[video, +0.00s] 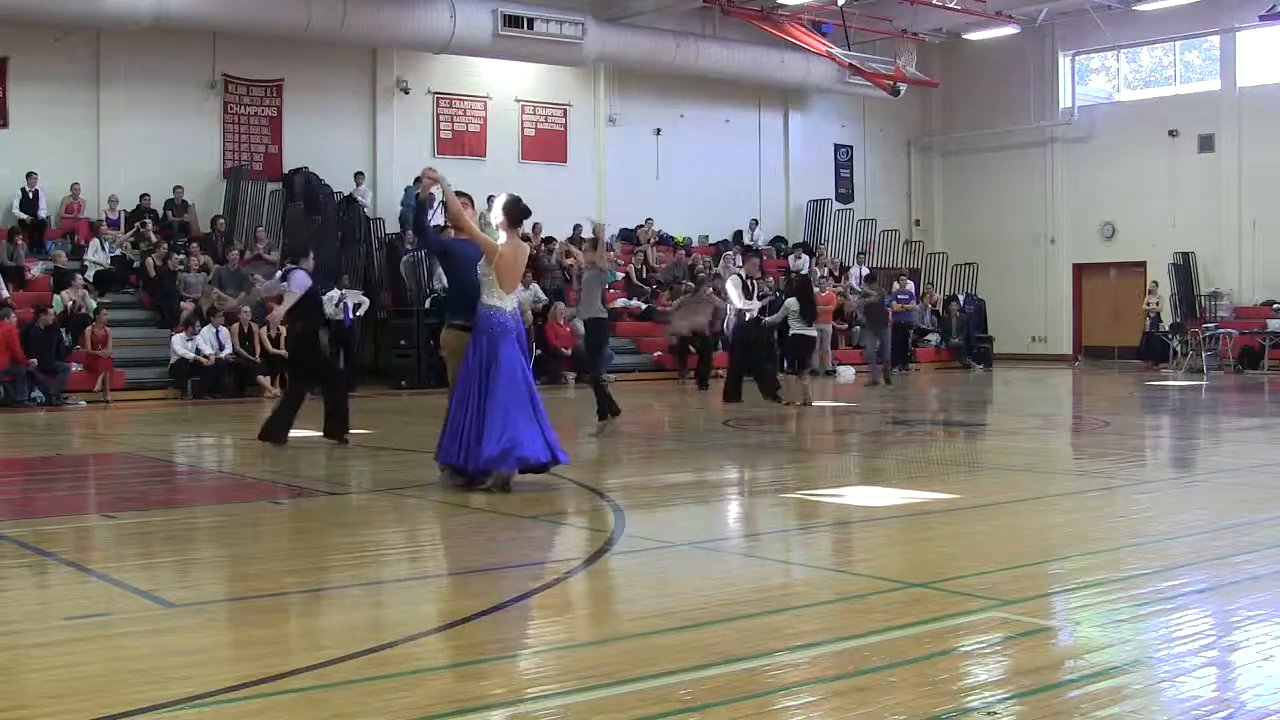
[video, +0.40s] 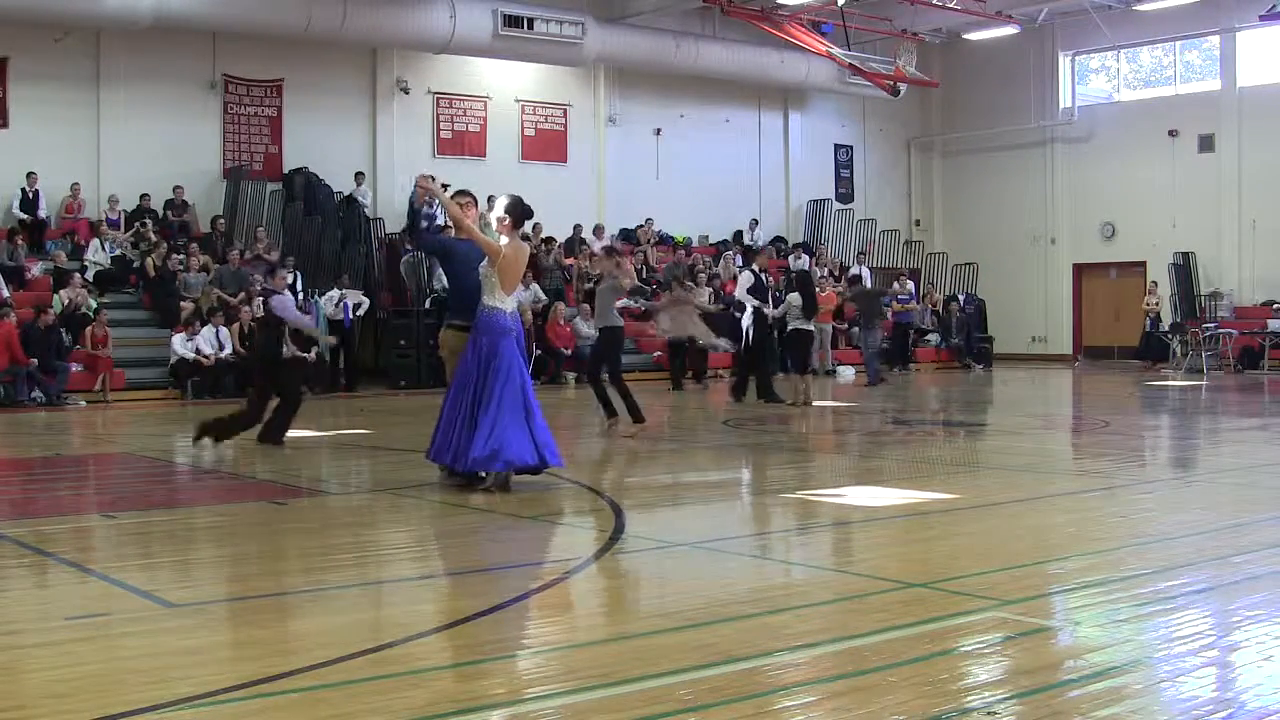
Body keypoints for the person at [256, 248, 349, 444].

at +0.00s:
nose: (313, 263)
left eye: (312, 259)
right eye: (311, 259)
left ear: (292, 259)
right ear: (303, 259)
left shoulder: (284, 275)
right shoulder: (301, 276)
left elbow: (266, 289)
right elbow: (292, 295)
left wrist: (261, 284)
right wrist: (280, 311)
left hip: (297, 340)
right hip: (308, 341)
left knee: (297, 388)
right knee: (334, 379)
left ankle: (274, 431)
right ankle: (335, 428)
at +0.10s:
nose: (306, 271)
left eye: (305, 266)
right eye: (303, 266)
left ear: (287, 267)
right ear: (295, 267)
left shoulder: (282, 282)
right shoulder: (292, 286)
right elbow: (277, 317)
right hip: (298, 348)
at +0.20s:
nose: (297, 276)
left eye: (297, 273)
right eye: (295, 273)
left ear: (281, 274)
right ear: (284, 274)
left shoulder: (277, 290)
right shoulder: (285, 292)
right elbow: (296, 326)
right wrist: (306, 324)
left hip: (276, 350)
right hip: (284, 351)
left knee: (299, 393)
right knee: (315, 386)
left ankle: (273, 432)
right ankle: (310, 432)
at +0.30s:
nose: (291, 279)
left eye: (291, 275)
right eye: (287, 275)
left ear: (275, 278)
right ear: (276, 277)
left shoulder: (271, 293)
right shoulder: (279, 296)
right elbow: (301, 314)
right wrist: (332, 332)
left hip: (269, 352)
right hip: (273, 354)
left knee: (292, 396)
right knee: (296, 398)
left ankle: (260, 425)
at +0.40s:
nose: (287, 281)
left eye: (286, 277)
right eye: (282, 278)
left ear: (273, 281)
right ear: (272, 279)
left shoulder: (265, 298)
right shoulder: (279, 300)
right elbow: (299, 321)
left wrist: (302, 354)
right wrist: (322, 337)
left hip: (264, 360)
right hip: (269, 361)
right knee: (292, 398)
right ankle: (271, 435)